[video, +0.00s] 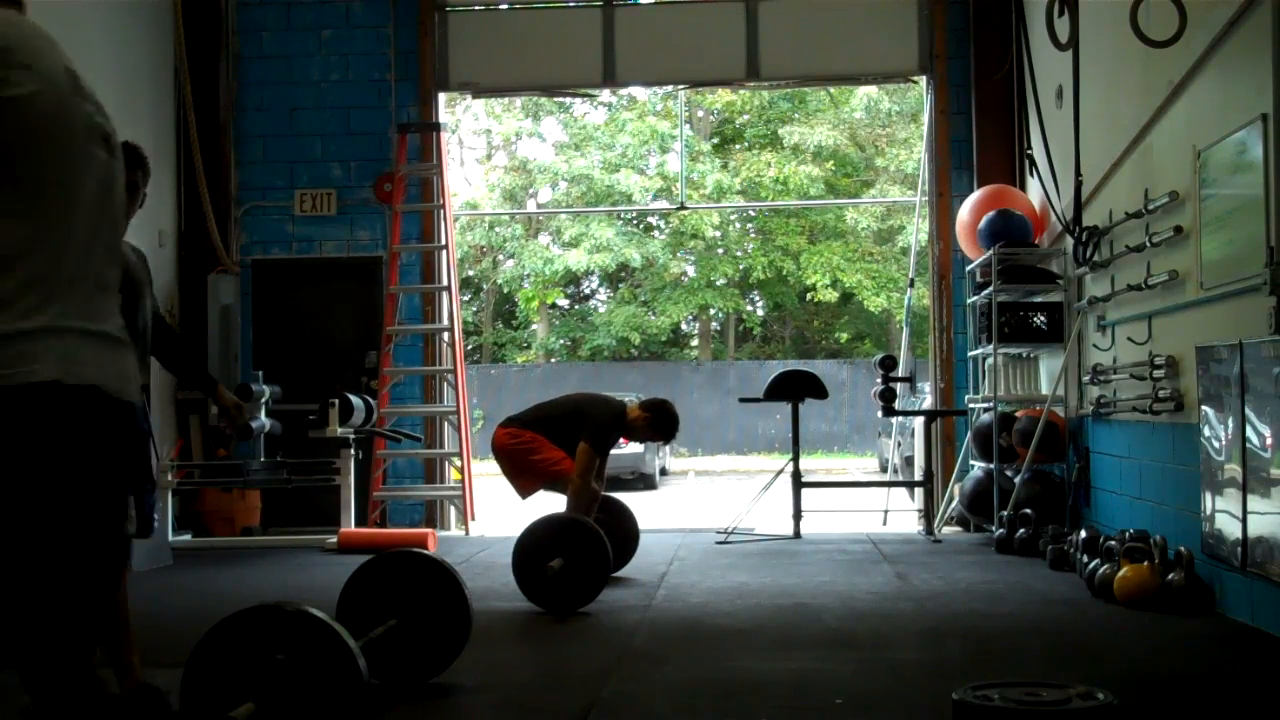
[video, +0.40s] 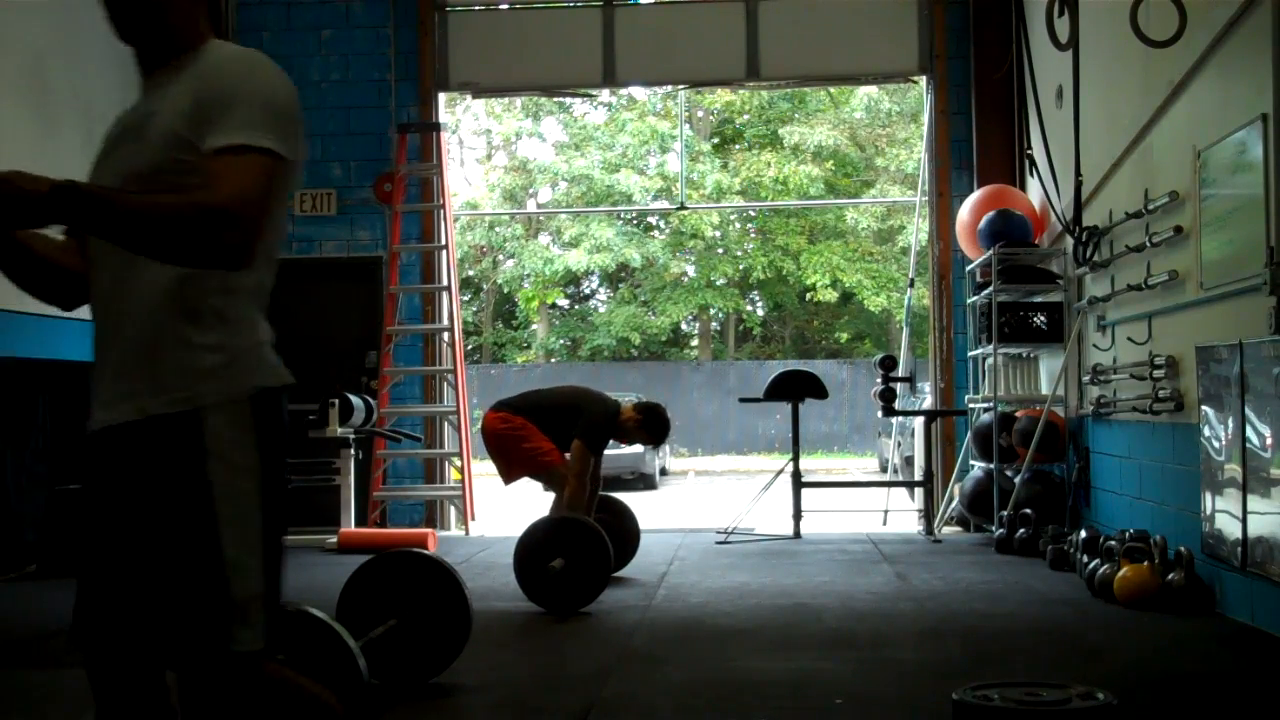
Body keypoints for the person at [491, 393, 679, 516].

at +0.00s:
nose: (642, 441)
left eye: (648, 441)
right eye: (648, 437)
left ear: (643, 414)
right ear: (644, 418)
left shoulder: (614, 421)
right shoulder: (607, 416)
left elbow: (596, 478)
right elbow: (580, 479)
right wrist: (570, 537)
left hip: (525, 437)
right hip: (515, 437)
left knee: (592, 489)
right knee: (583, 488)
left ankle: (580, 552)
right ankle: (569, 552)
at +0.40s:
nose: (629, 444)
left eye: (636, 443)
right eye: (635, 438)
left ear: (634, 415)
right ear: (634, 418)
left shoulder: (605, 419)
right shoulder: (599, 413)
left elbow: (592, 479)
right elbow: (578, 478)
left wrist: (584, 528)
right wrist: (572, 535)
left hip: (513, 423)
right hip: (505, 422)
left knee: (575, 483)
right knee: (569, 482)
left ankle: (555, 547)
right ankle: (557, 548)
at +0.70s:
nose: (631, 432)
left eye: (638, 434)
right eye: (636, 425)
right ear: (634, 405)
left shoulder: (607, 416)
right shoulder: (599, 411)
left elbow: (596, 476)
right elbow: (583, 477)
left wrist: (588, 524)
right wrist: (575, 527)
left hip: (517, 402)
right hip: (508, 401)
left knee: (549, 482)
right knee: (548, 482)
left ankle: (544, 551)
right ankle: (542, 552)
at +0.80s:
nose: (632, 430)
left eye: (639, 432)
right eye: (637, 422)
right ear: (636, 403)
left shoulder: (609, 413)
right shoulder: (601, 407)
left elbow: (596, 476)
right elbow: (583, 475)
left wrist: (589, 524)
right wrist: (577, 526)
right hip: (518, 401)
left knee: (546, 481)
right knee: (544, 482)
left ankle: (545, 549)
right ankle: (542, 550)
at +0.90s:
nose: (634, 428)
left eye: (640, 430)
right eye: (639, 421)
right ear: (637, 402)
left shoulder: (610, 414)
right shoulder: (602, 406)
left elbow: (598, 474)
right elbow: (584, 474)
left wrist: (588, 523)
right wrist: (577, 522)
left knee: (548, 480)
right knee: (546, 481)